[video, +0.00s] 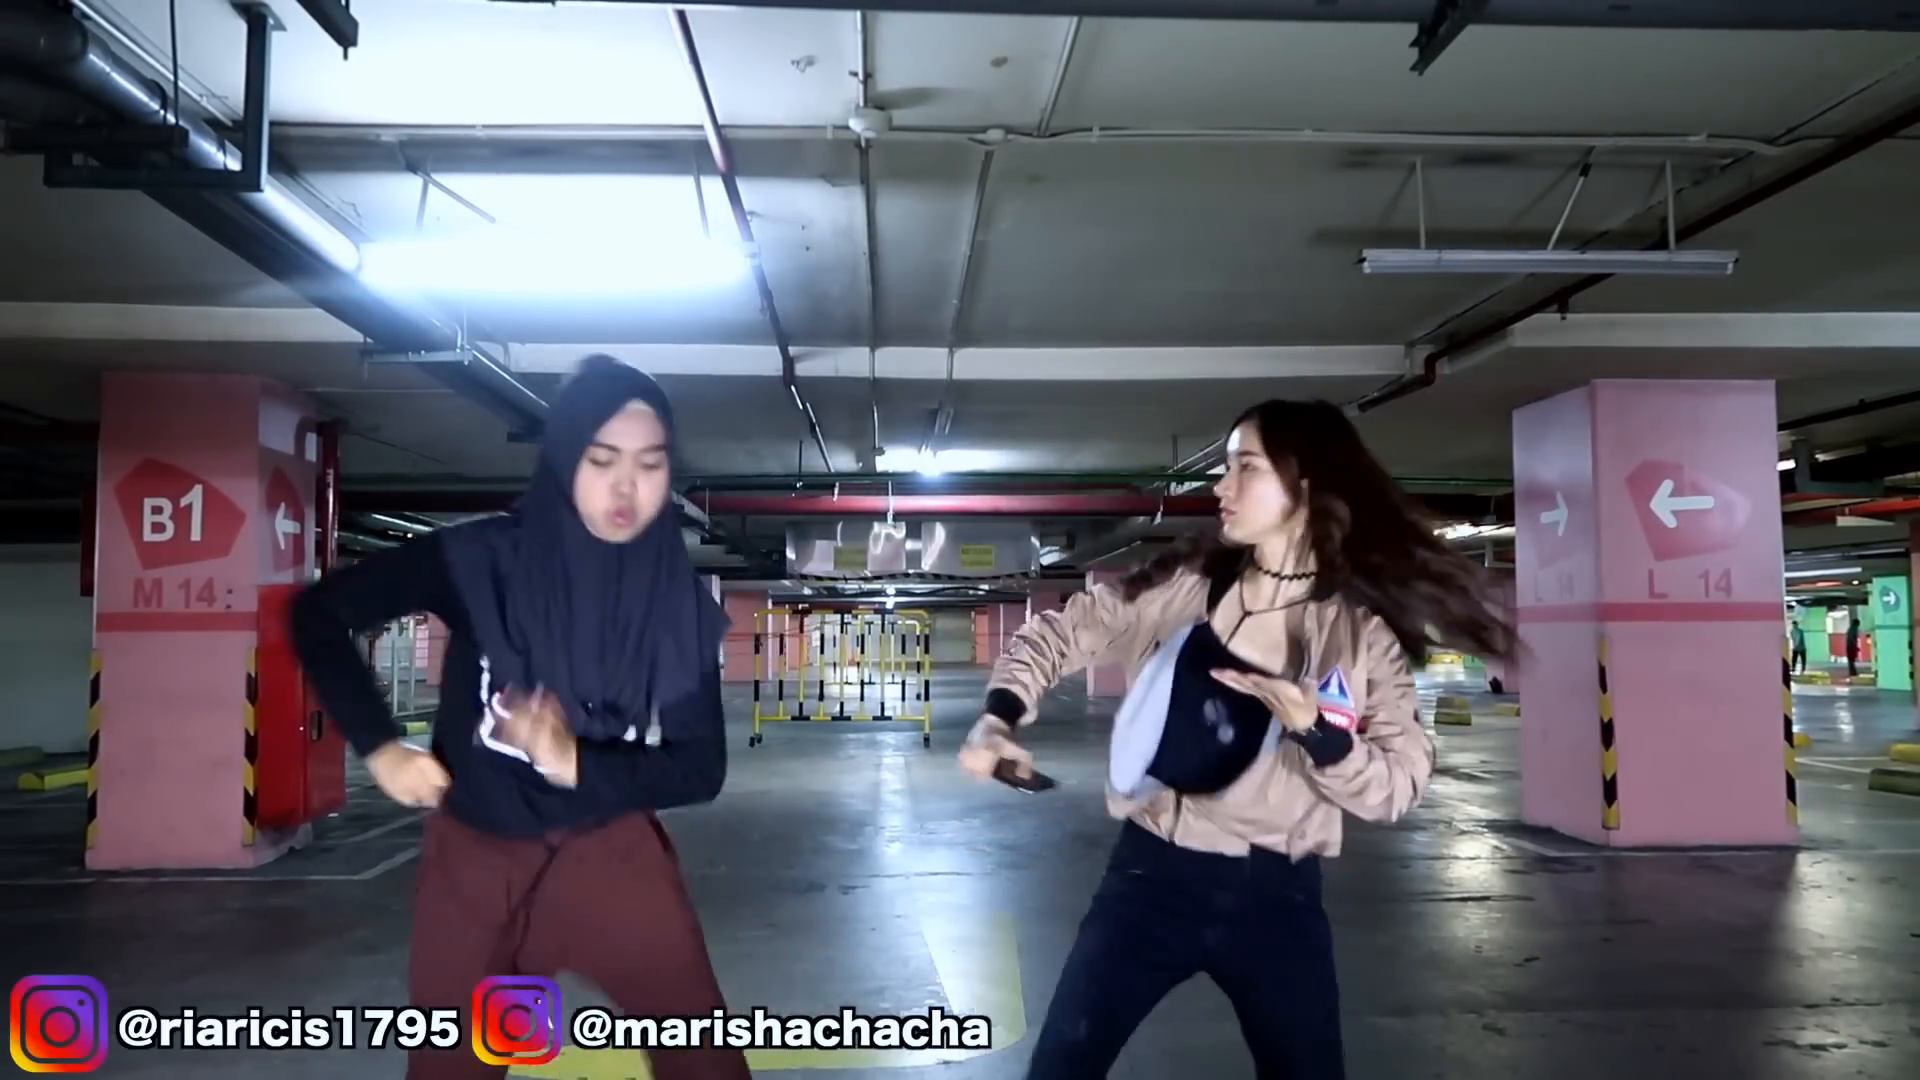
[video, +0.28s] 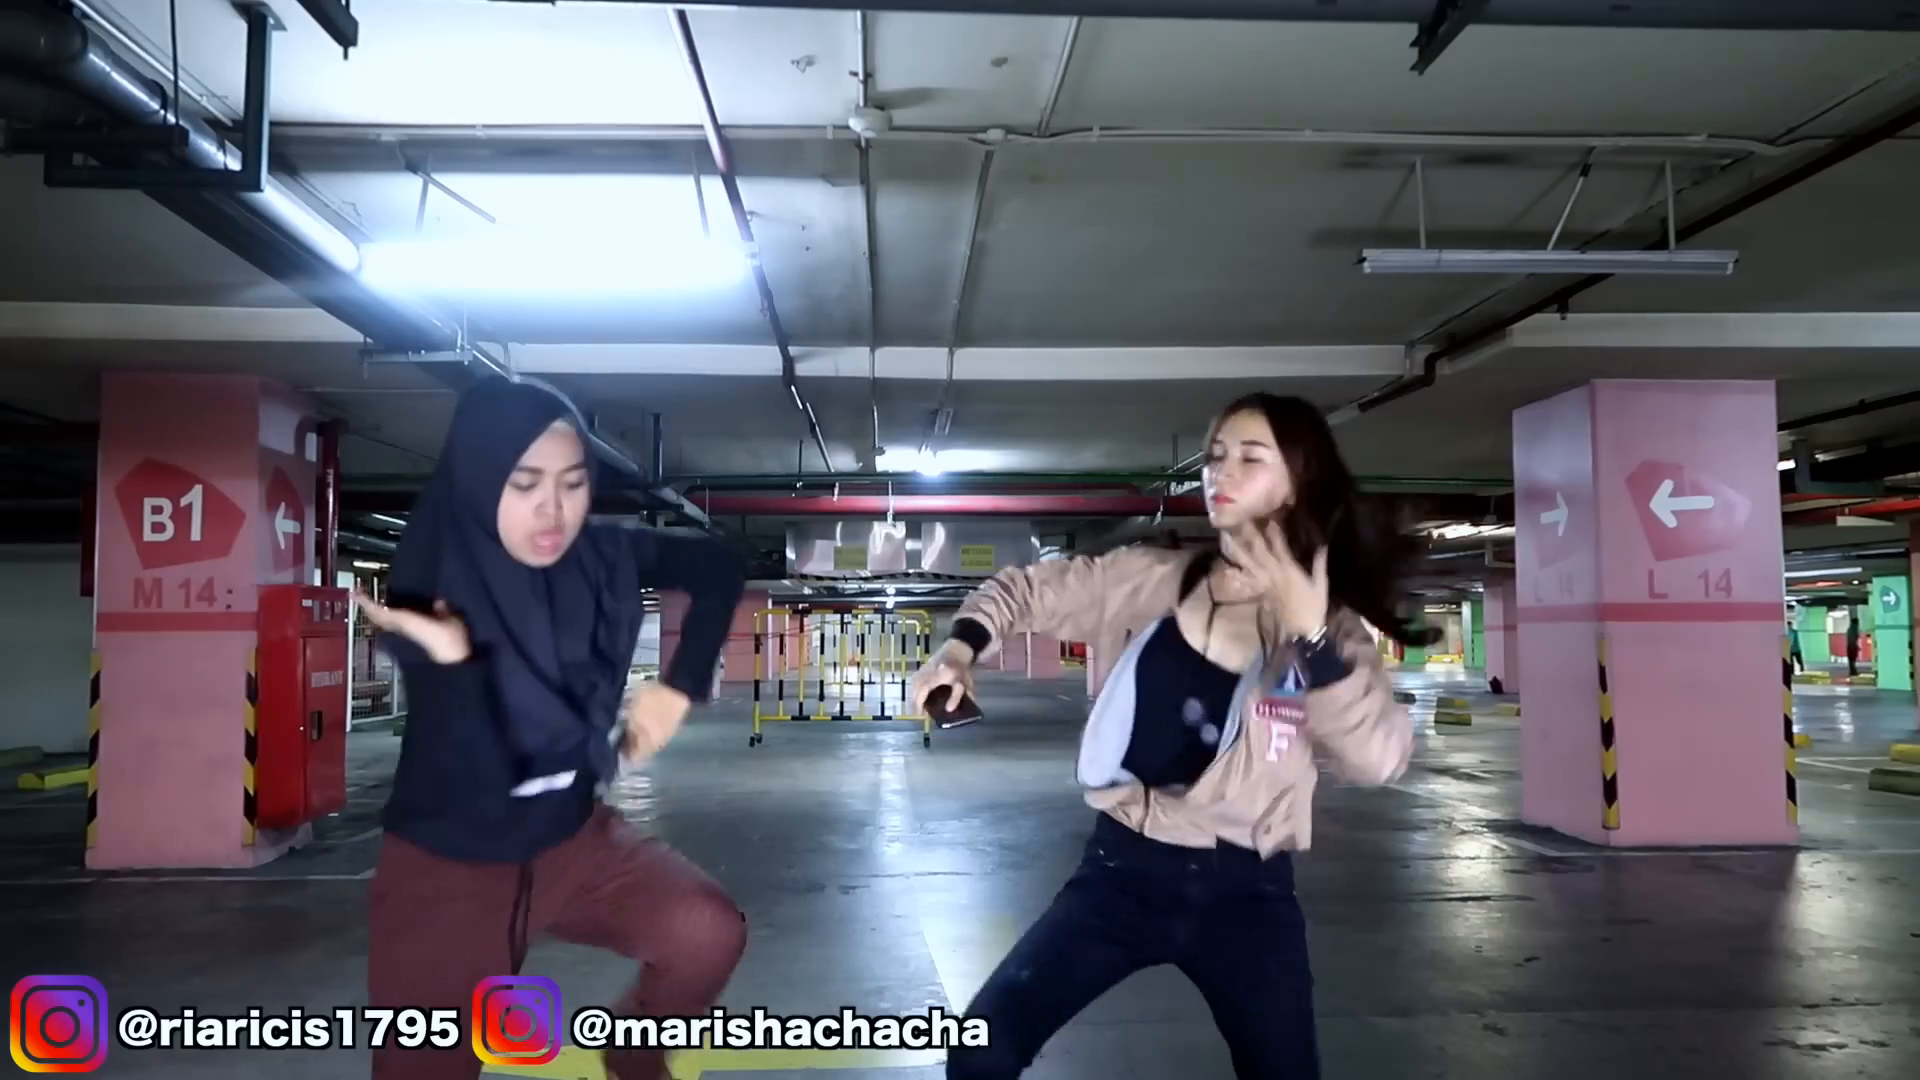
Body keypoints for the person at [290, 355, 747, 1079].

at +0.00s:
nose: (627, 489)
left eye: (651, 464)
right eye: (603, 461)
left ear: (670, 470)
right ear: (561, 461)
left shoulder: (678, 599)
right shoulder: (478, 557)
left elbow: (701, 769)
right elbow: (318, 612)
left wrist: (578, 766)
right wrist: (380, 743)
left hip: (614, 860)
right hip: (471, 861)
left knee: (707, 1063)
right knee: (444, 1067)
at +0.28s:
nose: (554, 510)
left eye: (573, 483)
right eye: (526, 484)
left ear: (590, 480)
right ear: (477, 484)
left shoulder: (607, 552)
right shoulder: (433, 574)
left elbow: (720, 565)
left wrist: (680, 686)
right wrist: (452, 663)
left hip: (570, 840)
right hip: (444, 862)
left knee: (708, 933)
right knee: (422, 1068)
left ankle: (635, 1056)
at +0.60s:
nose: (630, 544)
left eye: (644, 517)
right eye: (602, 519)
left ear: (657, 516)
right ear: (546, 521)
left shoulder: (656, 566)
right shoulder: (522, 644)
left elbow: (759, 539)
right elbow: (551, 798)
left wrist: (764, 653)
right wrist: (607, 912)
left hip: (670, 897)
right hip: (554, 898)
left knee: (714, 1067)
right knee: (497, 1066)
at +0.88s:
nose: (755, 529)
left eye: (775, 502)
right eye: (727, 504)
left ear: (795, 507)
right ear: (682, 503)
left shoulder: (788, 615)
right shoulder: (623, 570)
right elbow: (561, 667)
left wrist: (797, 691)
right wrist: (521, 785)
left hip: (721, 855)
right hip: (596, 836)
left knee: (748, 1065)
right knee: (587, 1033)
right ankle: (615, 1061)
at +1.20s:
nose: (745, 498)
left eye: (772, 477)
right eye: (727, 469)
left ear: (796, 494)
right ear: (694, 473)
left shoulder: (775, 606)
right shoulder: (640, 550)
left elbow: (688, 769)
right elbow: (611, 684)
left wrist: (662, 704)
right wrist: (561, 763)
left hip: (708, 847)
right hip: (582, 840)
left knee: (740, 1064)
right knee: (529, 1060)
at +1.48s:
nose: (651, 495)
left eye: (675, 471)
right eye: (626, 469)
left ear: (697, 481)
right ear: (588, 473)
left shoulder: (710, 592)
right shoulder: (520, 539)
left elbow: (800, 731)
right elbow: (389, 554)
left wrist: (682, 805)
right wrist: (392, 597)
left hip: (669, 864)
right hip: (534, 864)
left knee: (725, 1066)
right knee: (503, 1063)